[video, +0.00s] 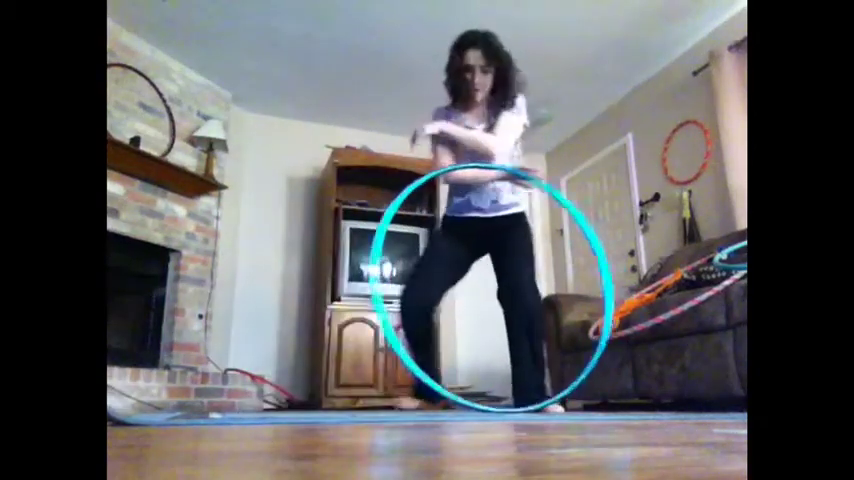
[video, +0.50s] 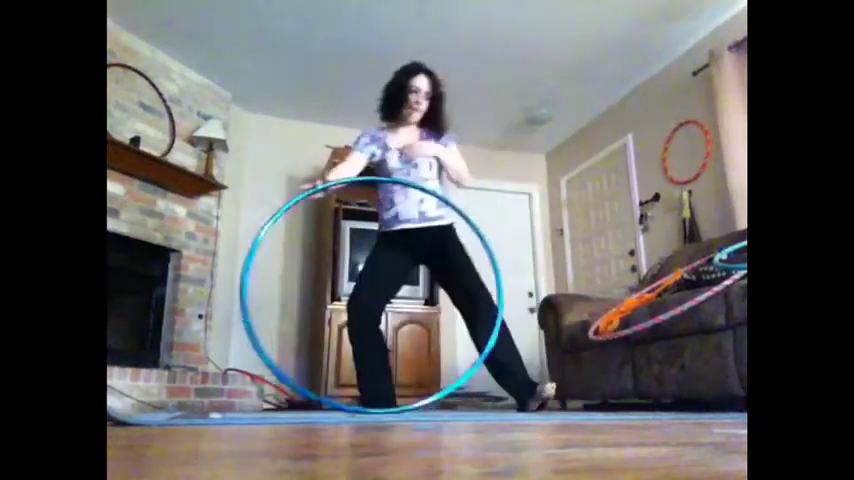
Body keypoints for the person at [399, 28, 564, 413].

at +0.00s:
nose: (475, 79)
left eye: (484, 70)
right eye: (467, 70)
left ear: (497, 73)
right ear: (455, 73)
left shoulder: (513, 106)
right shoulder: (445, 117)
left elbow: (498, 147)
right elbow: (449, 174)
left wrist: (441, 129)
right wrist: (506, 173)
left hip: (508, 223)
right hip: (461, 224)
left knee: (522, 301)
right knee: (416, 299)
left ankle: (534, 400)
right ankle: (427, 393)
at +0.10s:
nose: (465, 81)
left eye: (473, 73)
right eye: (457, 73)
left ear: (485, 76)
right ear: (446, 75)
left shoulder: (498, 108)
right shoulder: (431, 116)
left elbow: (490, 153)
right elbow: (416, 169)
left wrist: (440, 126)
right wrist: (456, 171)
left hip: (494, 223)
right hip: (447, 226)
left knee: (517, 299)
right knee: (401, 298)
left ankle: (534, 395)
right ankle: (386, 394)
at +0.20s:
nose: (455, 84)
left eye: (463, 77)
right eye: (447, 76)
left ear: (473, 82)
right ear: (436, 78)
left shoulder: (485, 116)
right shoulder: (418, 121)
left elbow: (486, 157)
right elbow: (392, 164)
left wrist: (438, 131)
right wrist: (416, 164)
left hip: (479, 224)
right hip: (433, 225)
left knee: (508, 304)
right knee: (391, 302)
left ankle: (534, 396)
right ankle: (377, 398)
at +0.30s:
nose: (444, 87)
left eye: (452, 82)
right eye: (437, 79)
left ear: (462, 87)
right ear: (423, 83)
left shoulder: (469, 125)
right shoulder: (403, 127)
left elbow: (480, 165)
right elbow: (371, 166)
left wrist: (439, 141)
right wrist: (394, 166)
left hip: (461, 227)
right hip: (417, 228)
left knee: (494, 301)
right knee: (379, 304)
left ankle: (528, 395)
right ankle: (376, 400)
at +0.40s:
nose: (427, 95)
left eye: (435, 90)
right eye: (421, 87)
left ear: (442, 96)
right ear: (406, 89)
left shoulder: (448, 135)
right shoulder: (383, 134)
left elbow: (470, 176)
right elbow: (353, 168)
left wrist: (435, 146)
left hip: (444, 231)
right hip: (399, 234)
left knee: (481, 307)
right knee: (366, 309)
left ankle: (525, 393)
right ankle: (379, 406)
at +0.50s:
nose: (418, 100)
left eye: (425, 95)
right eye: (412, 92)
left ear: (432, 101)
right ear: (397, 94)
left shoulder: (440, 139)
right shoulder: (376, 138)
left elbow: (463, 179)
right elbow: (349, 167)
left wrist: (437, 151)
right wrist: (327, 180)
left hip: (439, 234)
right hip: (395, 238)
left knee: (479, 306)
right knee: (361, 309)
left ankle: (526, 392)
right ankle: (379, 406)